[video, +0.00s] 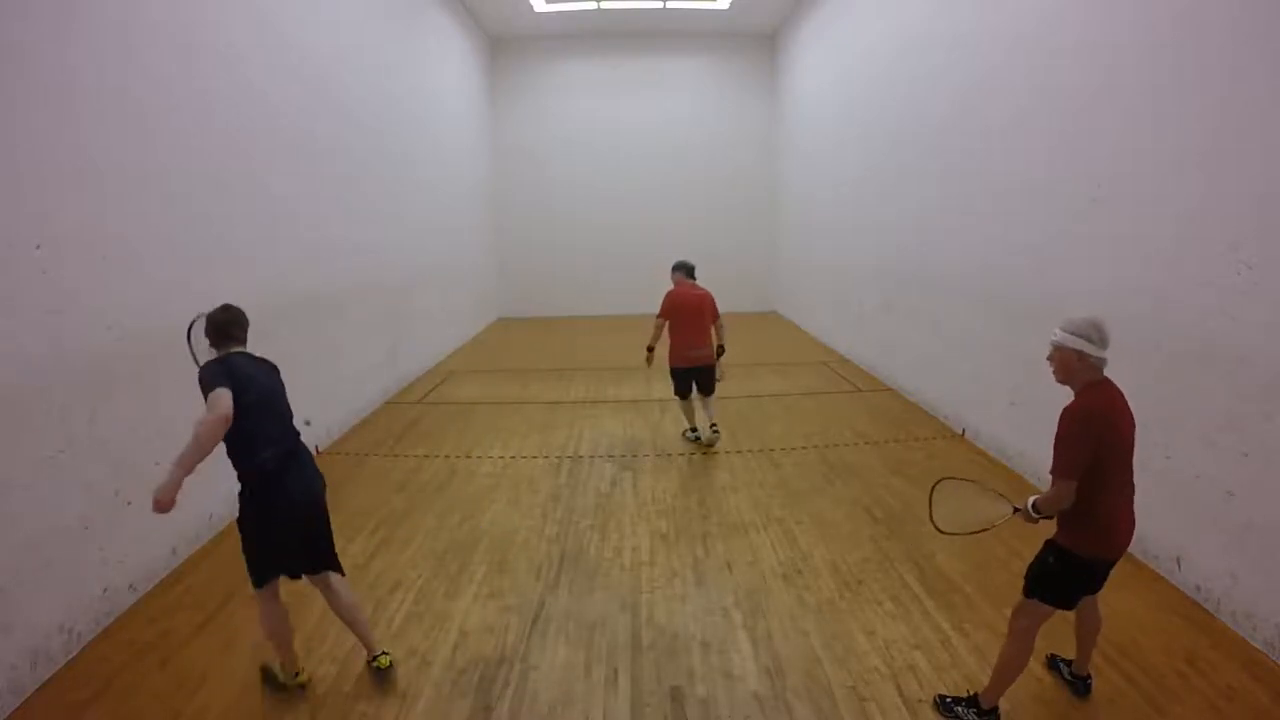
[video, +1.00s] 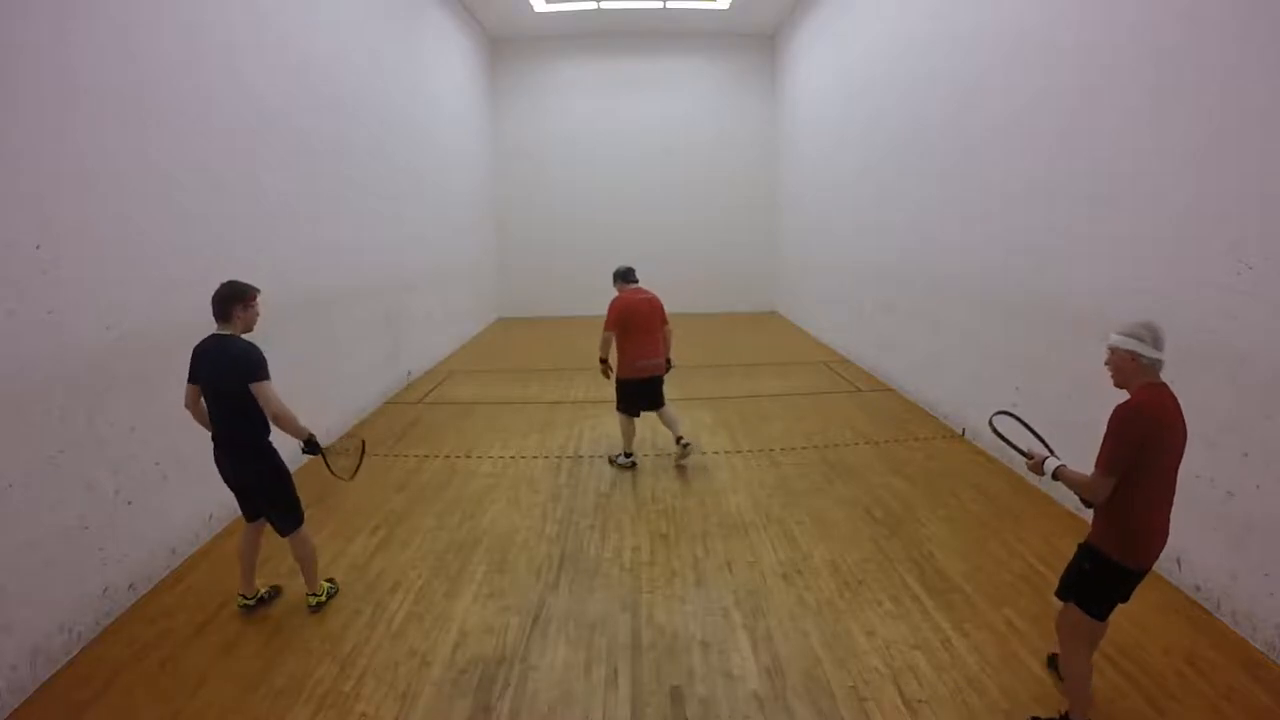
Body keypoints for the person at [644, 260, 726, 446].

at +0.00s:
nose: (672, 280)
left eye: (673, 276)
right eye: (672, 276)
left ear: (680, 275)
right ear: (692, 276)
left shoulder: (672, 295)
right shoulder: (706, 295)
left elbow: (660, 324)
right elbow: (718, 323)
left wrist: (650, 347)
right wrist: (721, 345)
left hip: (680, 360)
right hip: (705, 359)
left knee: (684, 397)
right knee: (706, 394)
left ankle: (693, 430)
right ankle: (713, 425)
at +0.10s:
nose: (675, 284)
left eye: (676, 280)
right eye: (675, 280)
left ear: (680, 279)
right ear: (695, 279)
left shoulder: (675, 299)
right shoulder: (710, 299)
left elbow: (663, 327)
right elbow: (717, 329)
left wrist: (652, 353)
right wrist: (709, 349)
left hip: (682, 365)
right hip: (708, 365)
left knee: (684, 398)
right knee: (709, 403)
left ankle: (693, 431)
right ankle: (714, 444)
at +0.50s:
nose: (670, 285)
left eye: (670, 281)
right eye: (670, 282)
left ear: (674, 280)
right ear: (692, 279)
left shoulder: (670, 302)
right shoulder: (708, 302)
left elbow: (659, 334)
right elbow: (716, 337)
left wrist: (656, 356)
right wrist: (711, 359)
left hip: (674, 370)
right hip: (702, 370)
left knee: (663, 402)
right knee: (707, 414)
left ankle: (665, 443)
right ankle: (712, 459)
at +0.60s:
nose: (662, 287)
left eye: (662, 284)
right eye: (662, 284)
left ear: (665, 282)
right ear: (683, 281)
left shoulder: (663, 304)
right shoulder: (701, 303)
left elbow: (652, 336)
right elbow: (711, 336)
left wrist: (646, 356)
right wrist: (710, 359)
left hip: (668, 372)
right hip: (698, 371)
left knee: (650, 405)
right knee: (705, 414)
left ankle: (645, 448)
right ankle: (712, 460)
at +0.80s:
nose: (638, 292)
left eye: (637, 289)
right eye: (637, 289)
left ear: (641, 286)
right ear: (657, 284)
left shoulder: (641, 307)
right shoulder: (676, 304)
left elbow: (630, 341)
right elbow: (690, 336)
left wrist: (623, 363)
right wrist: (691, 361)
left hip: (650, 376)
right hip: (679, 374)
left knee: (636, 414)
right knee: (692, 415)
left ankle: (628, 455)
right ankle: (709, 457)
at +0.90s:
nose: (625, 291)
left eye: (624, 287)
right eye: (624, 288)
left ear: (628, 285)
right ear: (644, 282)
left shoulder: (629, 305)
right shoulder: (663, 302)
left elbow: (620, 338)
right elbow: (676, 333)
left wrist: (614, 362)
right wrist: (678, 359)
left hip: (638, 373)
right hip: (667, 370)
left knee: (629, 413)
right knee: (677, 412)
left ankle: (628, 455)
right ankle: (701, 449)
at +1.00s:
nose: (616, 289)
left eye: (615, 285)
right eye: (615, 286)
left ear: (619, 283)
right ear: (635, 280)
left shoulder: (619, 302)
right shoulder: (653, 299)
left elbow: (608, 335)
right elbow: (666, 329)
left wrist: (603, 360)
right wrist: (667, 356)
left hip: (630, 369)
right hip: (656, 366)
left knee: (626, 412)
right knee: (659, 405)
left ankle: (627, 455)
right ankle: (680, 439)